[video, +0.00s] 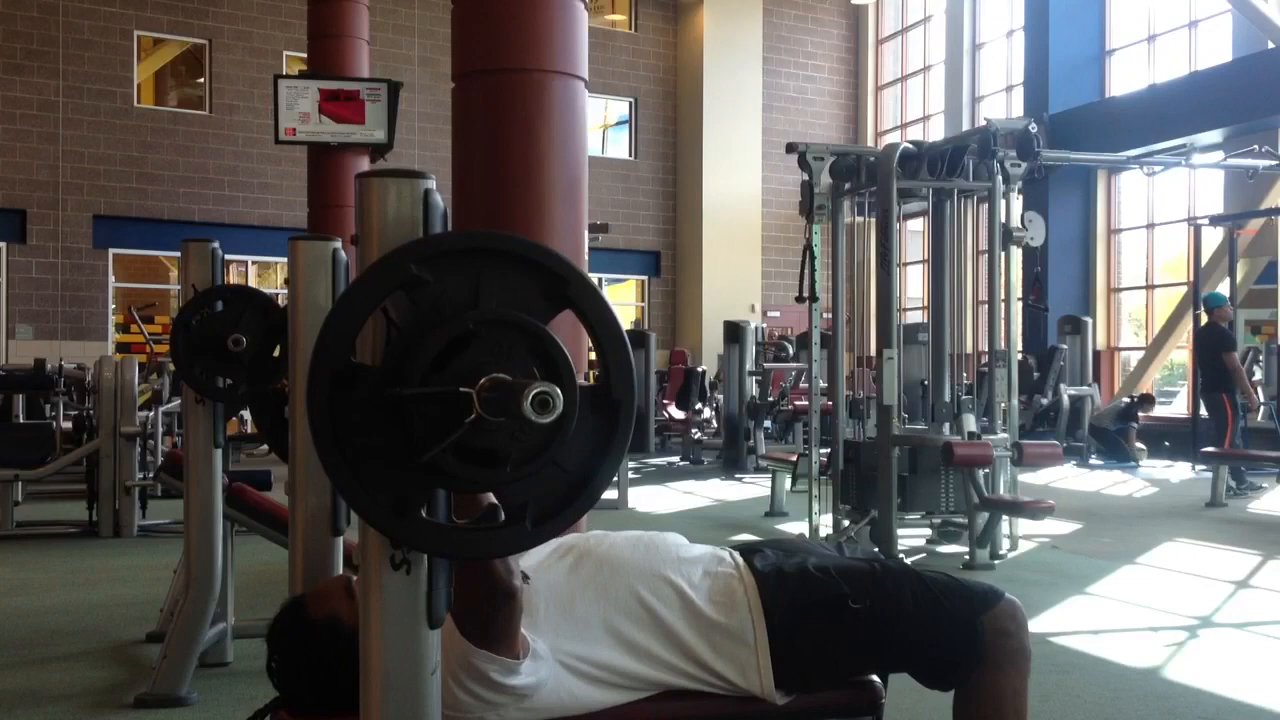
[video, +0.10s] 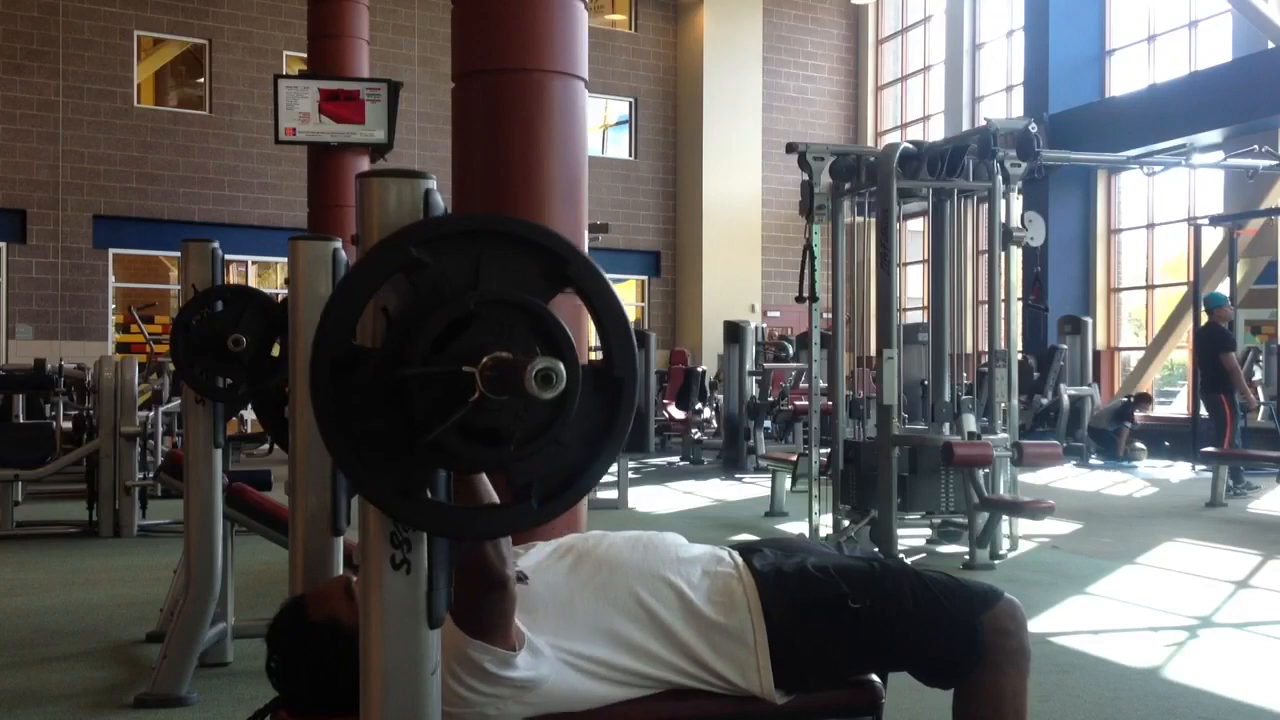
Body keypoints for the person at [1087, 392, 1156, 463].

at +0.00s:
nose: (1151, 410)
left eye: (1152, 408)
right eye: (1150, 407)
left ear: (1140, 400)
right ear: (1144, 404)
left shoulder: (1127, 402)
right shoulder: (1133, 414)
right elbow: (1130, 441)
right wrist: (1135, 460)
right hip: (1100, 428)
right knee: (1125, 458)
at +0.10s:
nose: (1147, 409)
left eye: (1148, 406)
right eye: (1147, 405)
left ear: (1137, 399)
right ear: (1141, 403)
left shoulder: (1125, 403)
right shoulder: (1128, 414)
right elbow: (1122, 438)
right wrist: (1119, 457)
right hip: (1098, 429)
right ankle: (1096, 451)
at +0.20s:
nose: (1143, 406)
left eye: (1143, 404)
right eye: (1142, 403)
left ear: (1133, 398)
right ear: (1137, 402)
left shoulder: (1120, 401)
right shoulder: (1124, 410)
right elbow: (1114, 434)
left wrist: (1129, 422)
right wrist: (1106, 454)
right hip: (1098, 431)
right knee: (1124, 456)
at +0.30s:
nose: (1136, 404)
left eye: (1137, 402)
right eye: (1136, 402)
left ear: (1126, 396)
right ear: (1131, 401)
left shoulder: (1117, 400)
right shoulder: (1119, 411)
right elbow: (1104, 433)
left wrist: (1128, 421)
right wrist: (1098, 454)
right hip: (1095, 433)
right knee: (1124, 455)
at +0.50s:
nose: (1125, 399)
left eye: (1125, 396)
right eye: (1124, 396)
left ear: (1111, 393)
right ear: (1118, 397)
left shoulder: (1101, 401)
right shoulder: (1107, 408)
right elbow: (1094, 431)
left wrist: (1118, 420)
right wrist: (1089, 452)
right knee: (1122, 456)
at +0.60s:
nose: (1117, 398)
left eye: (1117, 395)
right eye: (1116, 395)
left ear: (1104, 392)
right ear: (1111, 395)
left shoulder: (1095, 401)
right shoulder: (1101, 407)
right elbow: (1092, 432)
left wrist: (1116, 419)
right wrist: (1089, 452)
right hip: (1086, 439)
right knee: (1121, 455)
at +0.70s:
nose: (1112, 397)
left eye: (1112, 394)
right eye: (1111, 394)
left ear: (1100, 392)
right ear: (1106, 395)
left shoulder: (1091, 402)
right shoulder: (1096, 408)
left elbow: (1100, 420)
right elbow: (1091, 433)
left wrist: (1114, 417)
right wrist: (1089, 453)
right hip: (1084, 439)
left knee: (1110, 443)